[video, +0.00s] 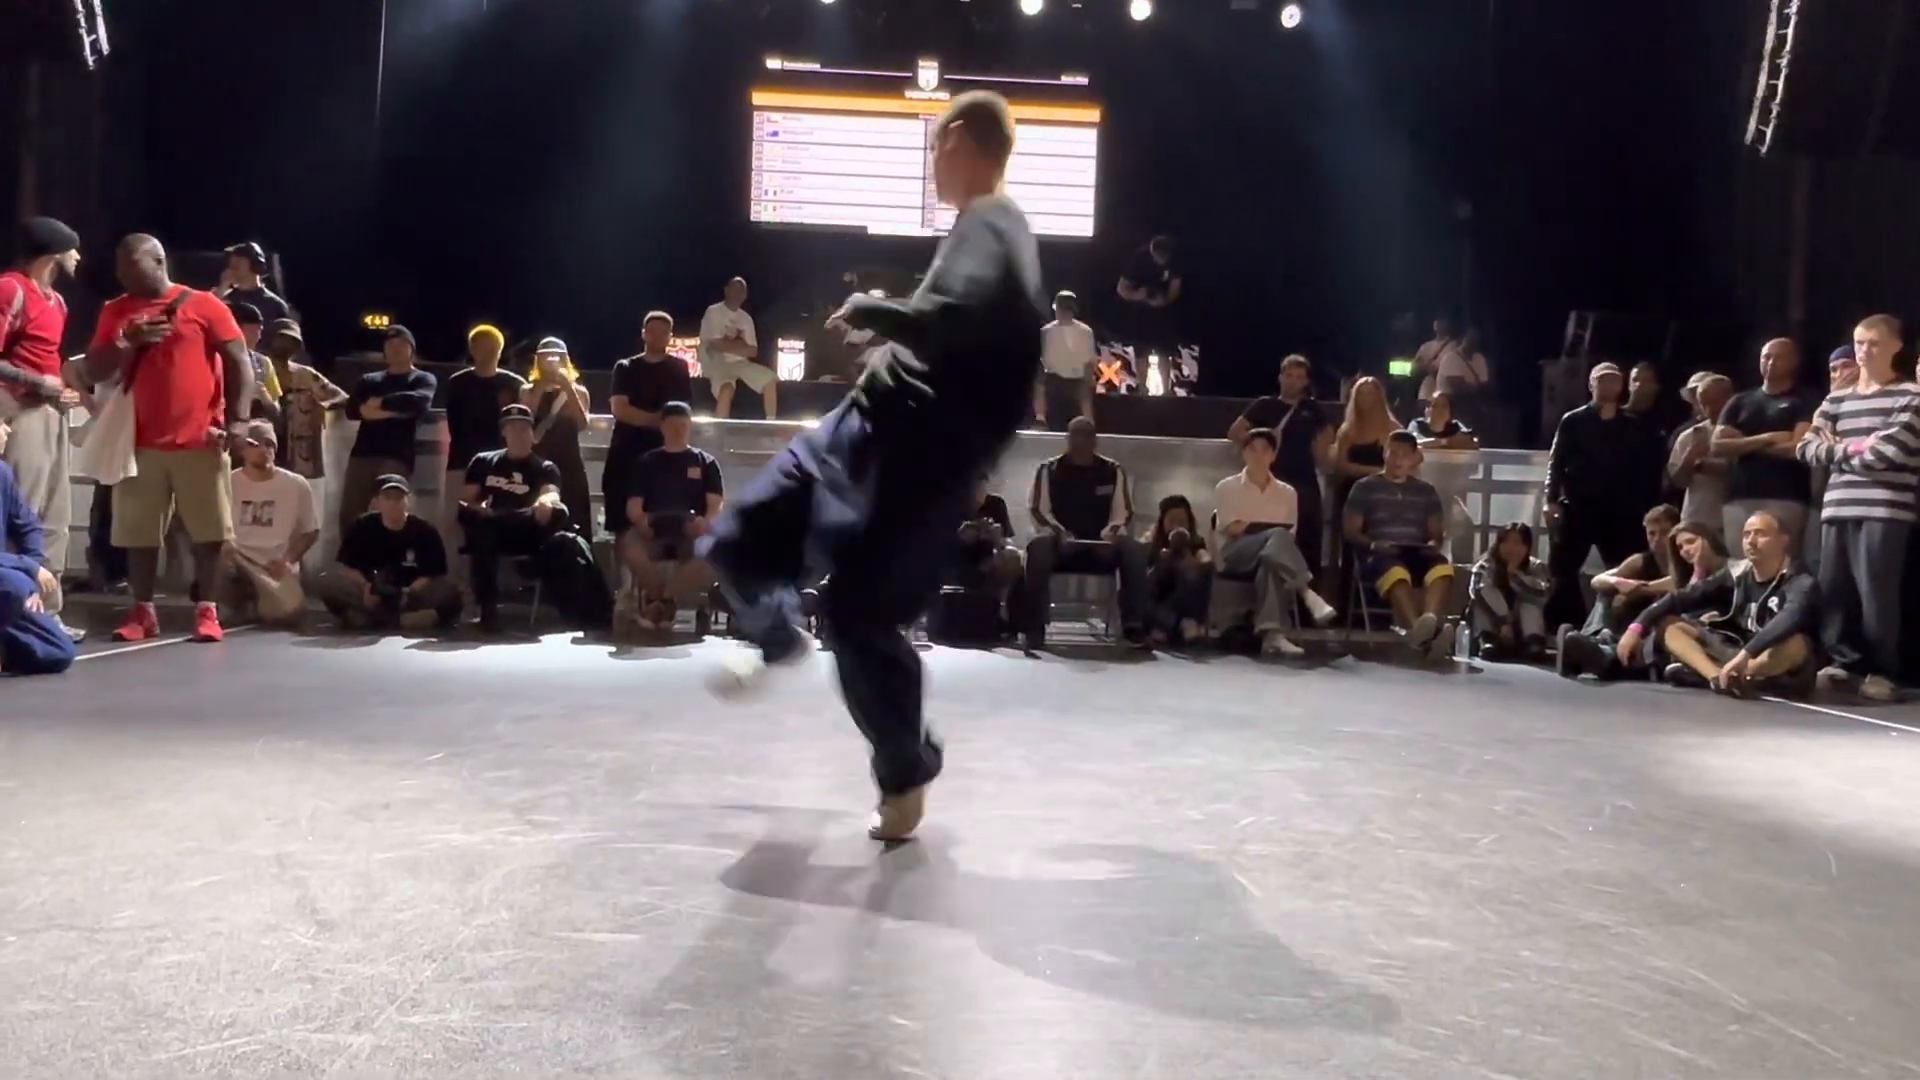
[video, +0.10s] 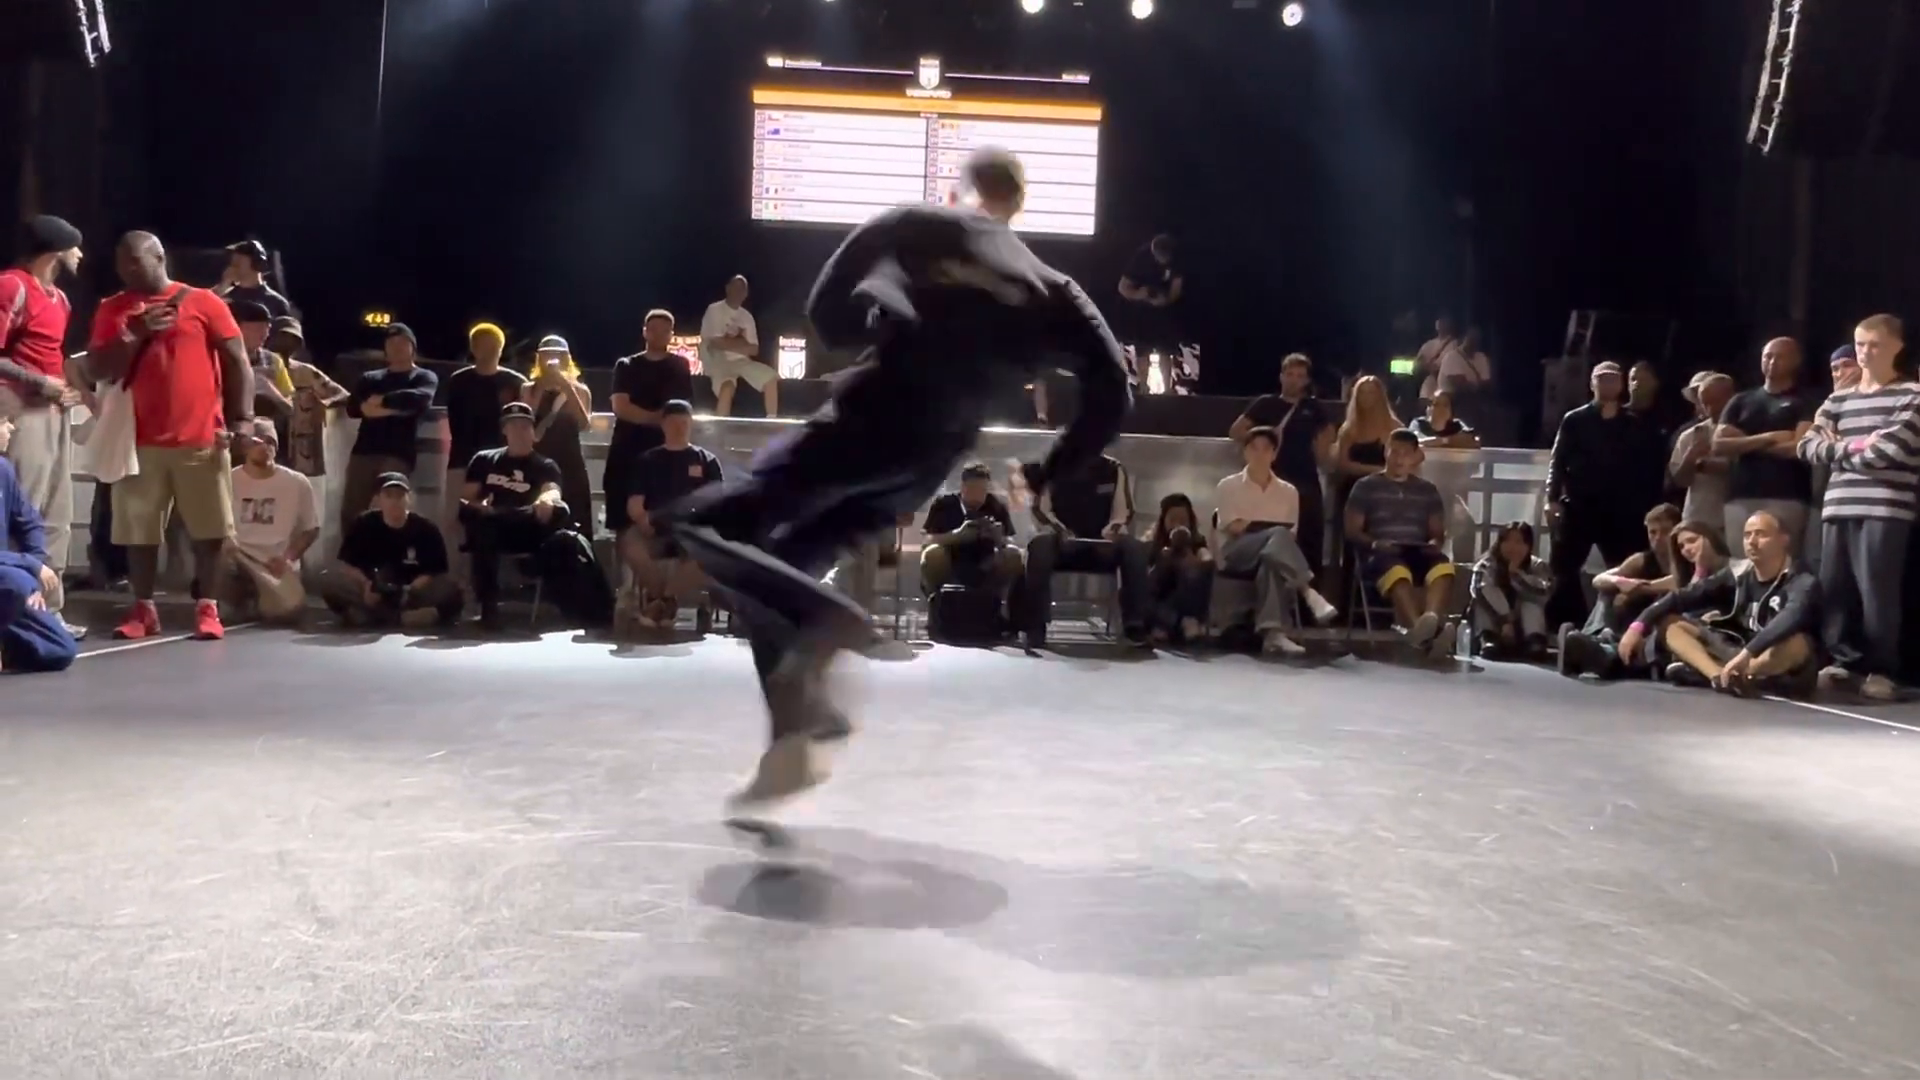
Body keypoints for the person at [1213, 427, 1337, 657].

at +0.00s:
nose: (1257, 455)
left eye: (1264, 450)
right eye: (1252, 449)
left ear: (1272, 455)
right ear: (1244, 454)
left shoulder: (1287, 493)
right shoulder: (1227, 487)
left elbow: (1288, 534)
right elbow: (1231, 530)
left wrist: (1247, 527)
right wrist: (1277, 530)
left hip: (1276, 556)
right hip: (1235, 556)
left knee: (1270, 564)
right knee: (1278, 536)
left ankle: (1273, 635)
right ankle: (1308, 594)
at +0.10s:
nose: (1259, 454)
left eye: (1265, 449)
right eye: (1254, 448)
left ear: (1274, 454)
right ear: (1245, 452)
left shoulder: (1289, 492)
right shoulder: (1228, 486)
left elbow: (1289, 533)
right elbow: (1232, 528)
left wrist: (1248, 526)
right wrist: (1278, 529)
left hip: (1276, 555)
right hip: (1236, 554)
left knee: (1270, 563)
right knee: (1279, 535)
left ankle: (1273, 633)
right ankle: (1309, 593)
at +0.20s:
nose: (1260, 452)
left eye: (1266, 448)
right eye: (1254, 447)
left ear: (1275, 453)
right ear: (1247, 451)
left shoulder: (1290, 491)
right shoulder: (1229, 485)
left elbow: (1291, 533)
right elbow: (1234, 528)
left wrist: (1250, 525)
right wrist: (1280, 528)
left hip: (1278, 555)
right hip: (1237, 553)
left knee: (1271, 562)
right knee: (1281, 534)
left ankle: (1275, 632)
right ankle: (1310, 592)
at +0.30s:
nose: (1261, 453)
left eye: (1267, 448)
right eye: (1256, 447)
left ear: (1276, 453)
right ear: (1248, 451)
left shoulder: (1291, 490)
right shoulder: (1231, 484)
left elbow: (1292, 531)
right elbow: (1235, 527)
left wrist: (1251, 524)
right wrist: (1282, 527)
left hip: (1279, 552)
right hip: (1239, 551)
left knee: (1273, 561)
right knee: (1282, 532)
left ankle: (1276, 632)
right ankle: (1311, 591)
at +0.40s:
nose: (1262, 452)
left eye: (1268, 447)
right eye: (1256, 447)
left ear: (1277, 452)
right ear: (1249, 451)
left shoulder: (1292, 490)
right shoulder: (1232, 484)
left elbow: (1293, 530)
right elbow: (1237, 526)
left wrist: (1252, 523)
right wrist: (1283, 526)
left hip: (1280, 551)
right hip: (1240, 551)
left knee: (1274, 560)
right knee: (1282, 533)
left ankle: (1277, 631)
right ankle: (1312, 590)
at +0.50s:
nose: (1263, 452)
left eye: (1269, 447)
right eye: (1258, 446)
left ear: (1278, 452)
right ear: (1250, 450)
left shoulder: (1293, 489)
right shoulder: (1233, 483)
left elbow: (1293, 530)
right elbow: (1237, 526)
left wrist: (1252, 522)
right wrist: (1283, 526)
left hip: (1281, 551)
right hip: (1241, 550)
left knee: (1275, 559)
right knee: (1284, 533)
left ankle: (1278, 631)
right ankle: (1313, 590)